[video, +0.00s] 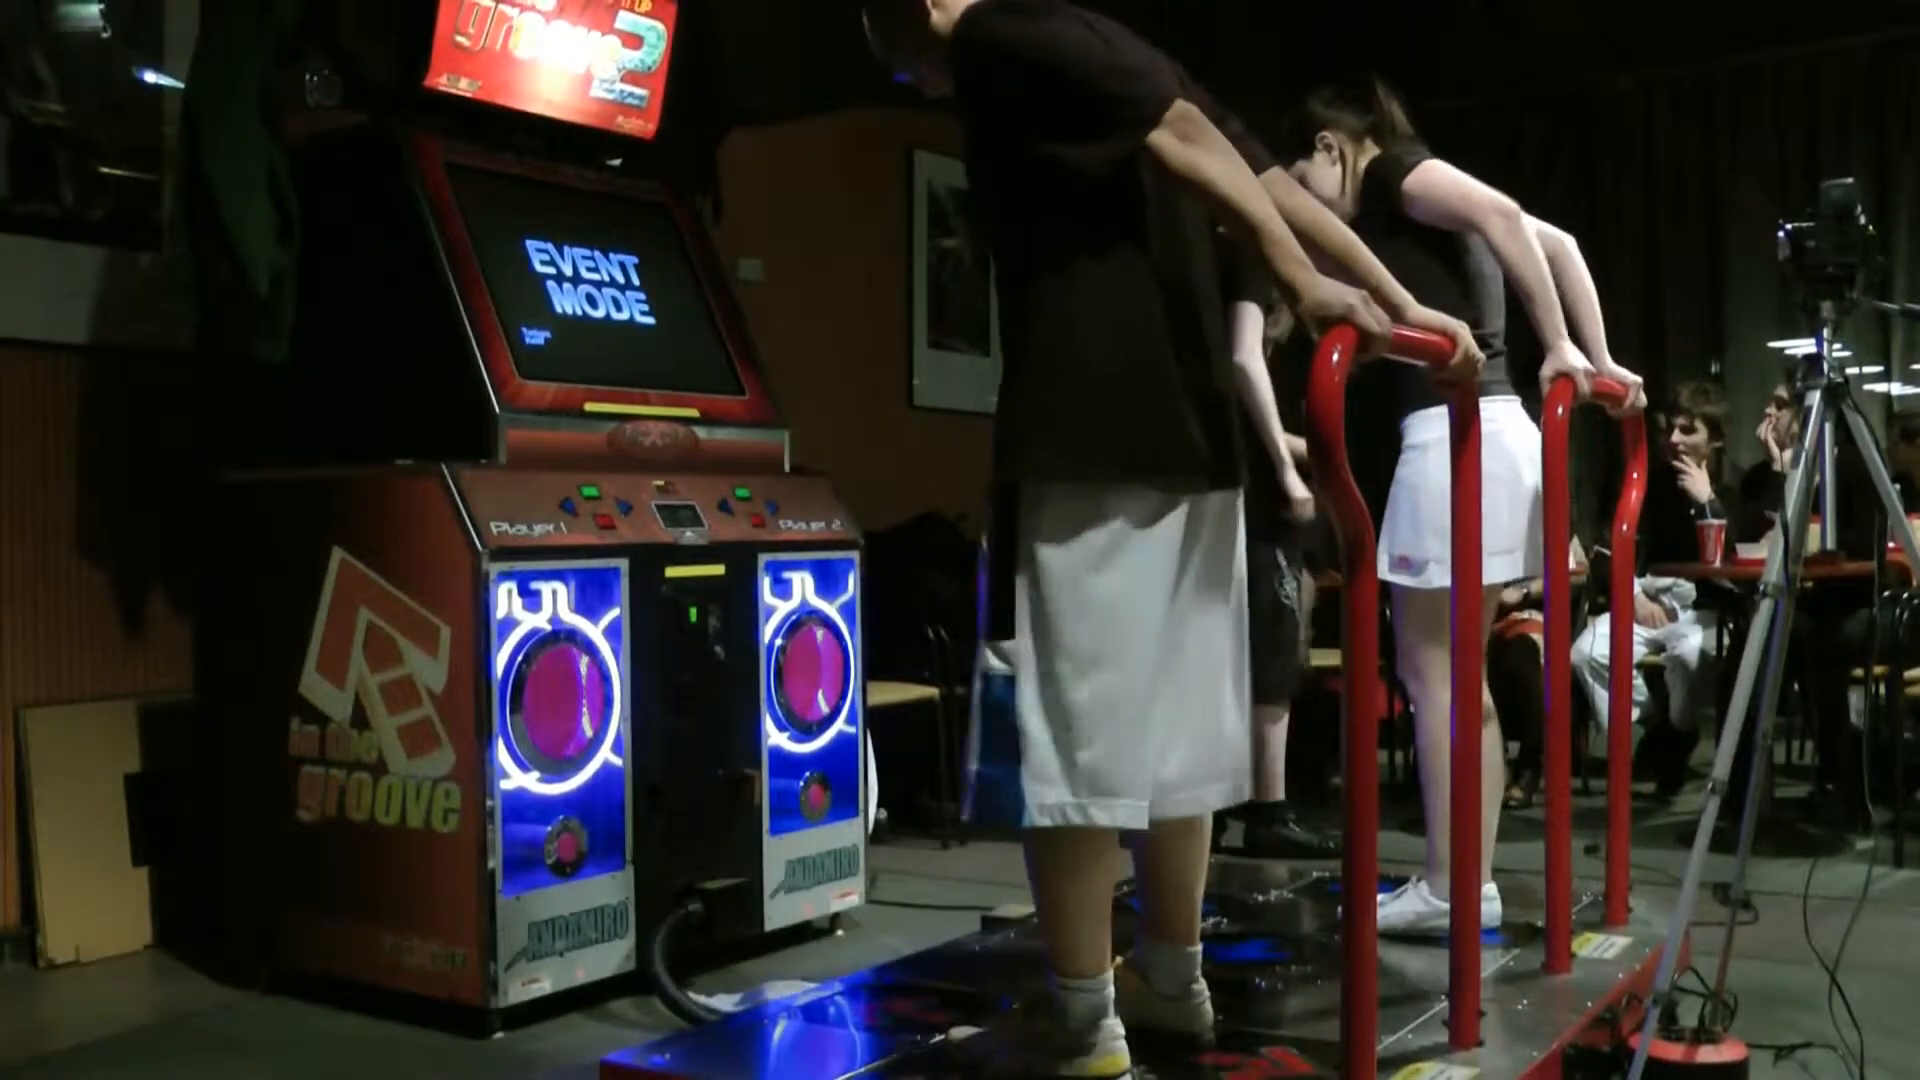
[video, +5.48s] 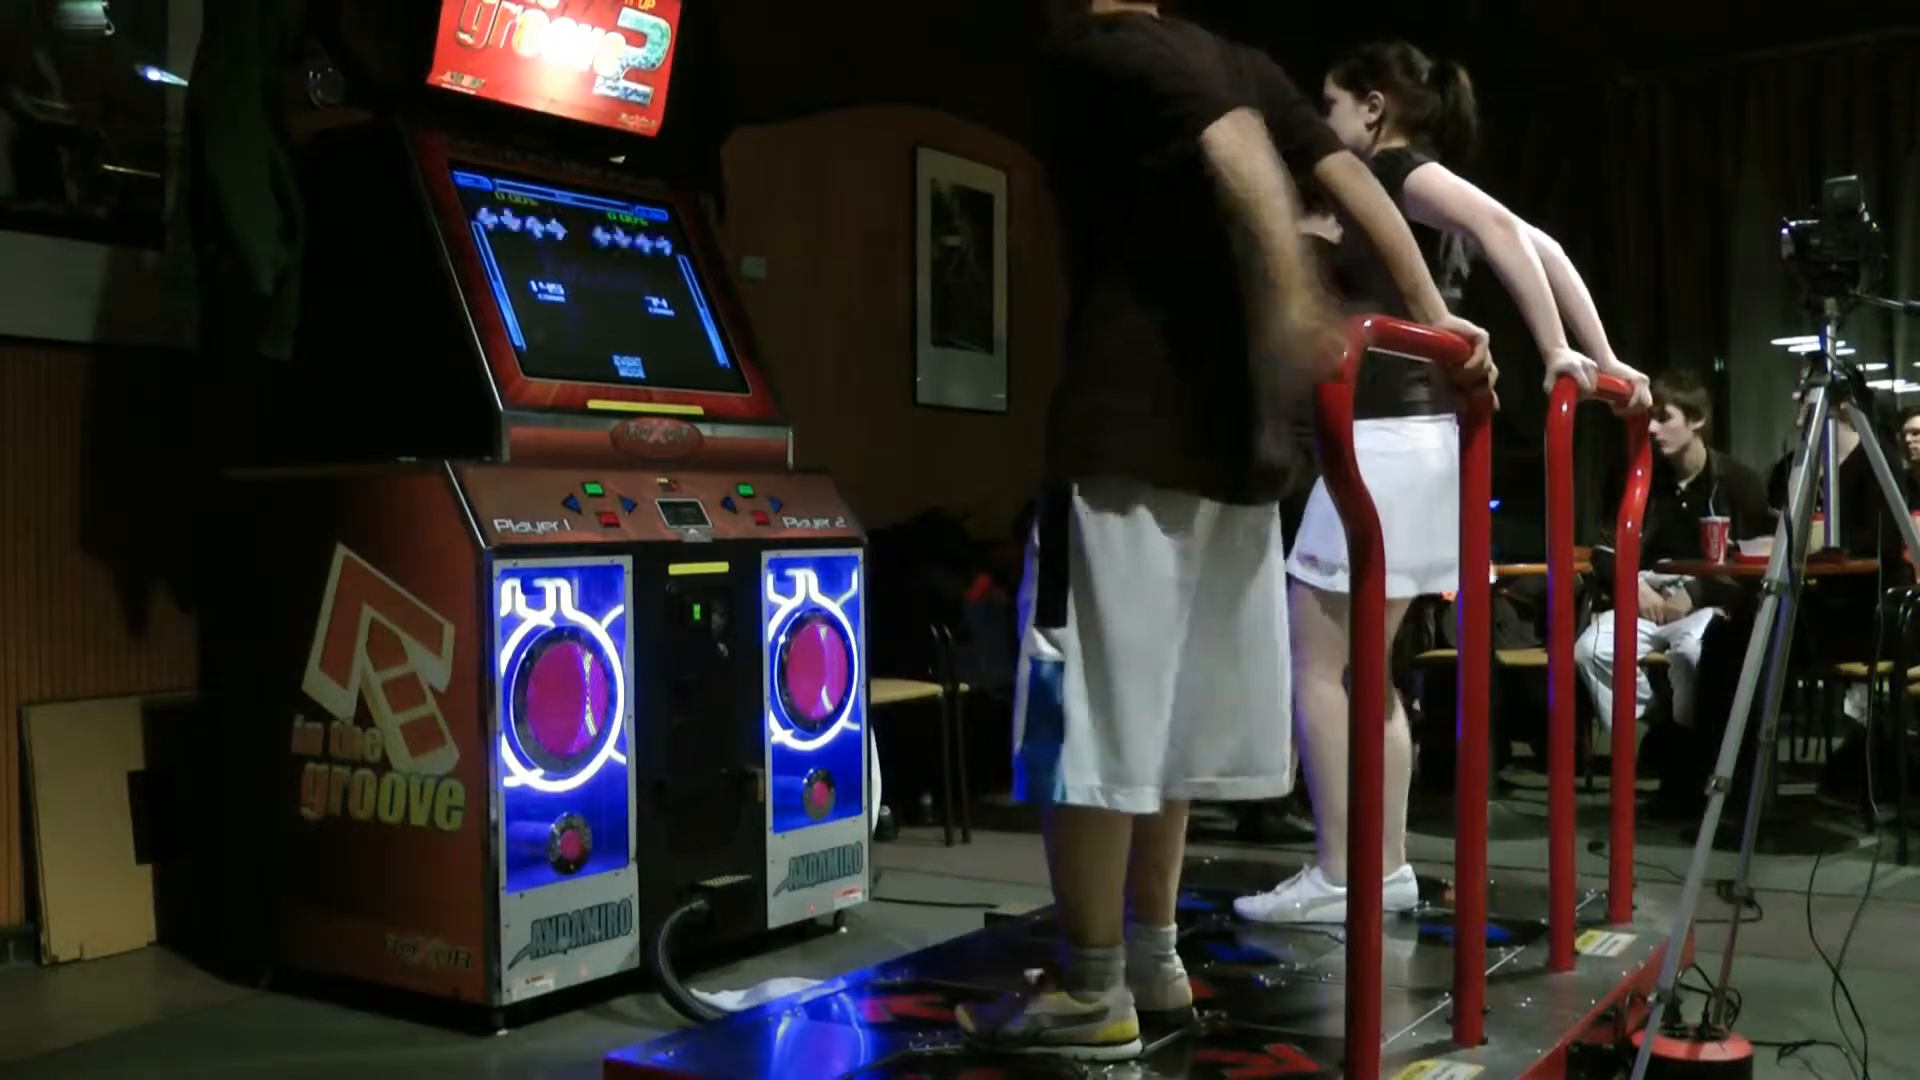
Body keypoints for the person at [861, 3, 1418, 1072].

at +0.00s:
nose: (912, 54)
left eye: (901, 37)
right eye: (902, 42)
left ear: (924, 8)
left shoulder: (992, 35)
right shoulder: (1127, 50)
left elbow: (1184, 137)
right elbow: (1273, 186)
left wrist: (1301, 279)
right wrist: (1397, 299)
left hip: (1088, 430)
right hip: (1197, 424)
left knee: (1074, 722)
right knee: (1186, 711)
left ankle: (1083, 1019)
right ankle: (1177, 988)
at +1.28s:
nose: (970, 48)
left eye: (968, 27)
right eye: (965, 33)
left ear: (1009, 7)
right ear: (1067, 0)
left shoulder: (1088, 65)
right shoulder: (1119, 77)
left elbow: (1222, 175)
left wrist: (1324, 303)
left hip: (1105, 460)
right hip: (1157, 461)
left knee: (1073, 720)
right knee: (1113, 715)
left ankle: (1113, 987)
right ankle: (1092, 950)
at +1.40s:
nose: (980, 36)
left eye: (984, 18)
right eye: (976, 25)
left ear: (1036, 3)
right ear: (1062, 12)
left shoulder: (1114, 65)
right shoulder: (1073, 100)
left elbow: (1236, 169)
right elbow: (1078, 340)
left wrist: (1324, 296)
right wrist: (951, 447)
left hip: (1124, 465)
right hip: (1104, 464)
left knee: (1102, 730)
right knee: (1097, 725)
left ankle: (1149, 986)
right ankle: (1085, 941)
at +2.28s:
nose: (960, 36)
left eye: (960, 16)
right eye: (952, 24)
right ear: (1016, 12)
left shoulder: (1115, 61)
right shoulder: (1045, 104)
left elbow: (1242, 181)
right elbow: (1008, 324)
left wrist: (1326, 302)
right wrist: (917, 462)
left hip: (1112, 468)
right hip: (1053, 468)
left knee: (1118, 732)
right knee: (1071, 726)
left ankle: (1157, 997)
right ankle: (1084, 945)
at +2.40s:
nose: (954, 35)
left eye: (955, 15)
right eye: (950, 22)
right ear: (1008, 11)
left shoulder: (1112, 62)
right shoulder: (1052, 97)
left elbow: (1234, 175)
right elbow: (1155, 295)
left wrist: (1319, 297)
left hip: (1112, 470)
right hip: (1054, 469)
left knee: (1117, 739)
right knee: (1062, 730)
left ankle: (1157, 996)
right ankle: (1084, 943)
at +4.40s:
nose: (999, 16)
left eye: (1003, 4)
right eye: (1000, 9)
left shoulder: (1110, 56)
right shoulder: (1107, 72)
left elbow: (1227, 177)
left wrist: (1317, 301)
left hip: (1092, 471)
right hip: (1133, 466)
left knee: (1047, 719)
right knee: (1110, 715)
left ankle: (1114, 973)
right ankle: (1087, 946)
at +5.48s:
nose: (1062, 24)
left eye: (1063, 17)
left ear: (1091, 5)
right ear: (1166, 3)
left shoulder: (1089, 47)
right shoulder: (1247, 65)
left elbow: (1227, 126)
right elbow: (1360, 191)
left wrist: (1296, 311)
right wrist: (1435, 318)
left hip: (1127, 427)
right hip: (1241, 441)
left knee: (1098, 708)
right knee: (1171, 706)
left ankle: (1093, 992)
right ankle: (1155, 960)